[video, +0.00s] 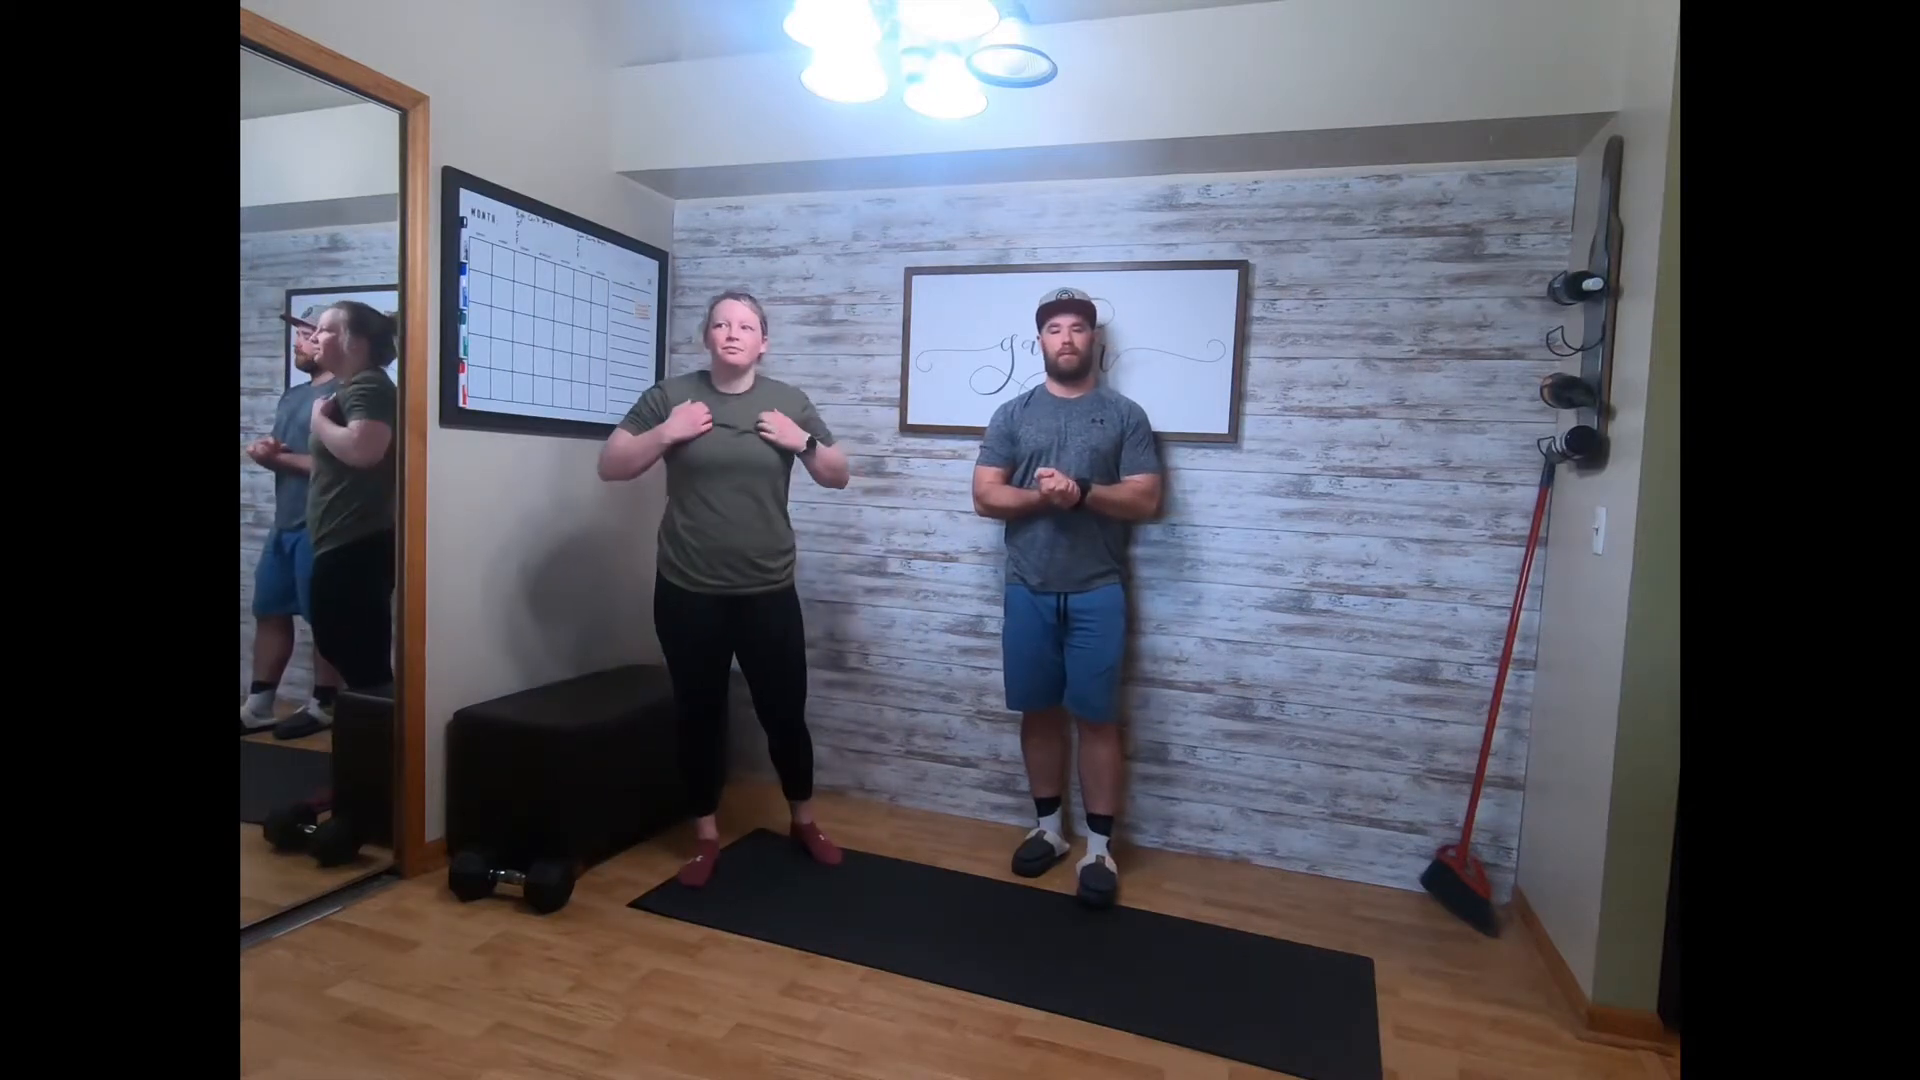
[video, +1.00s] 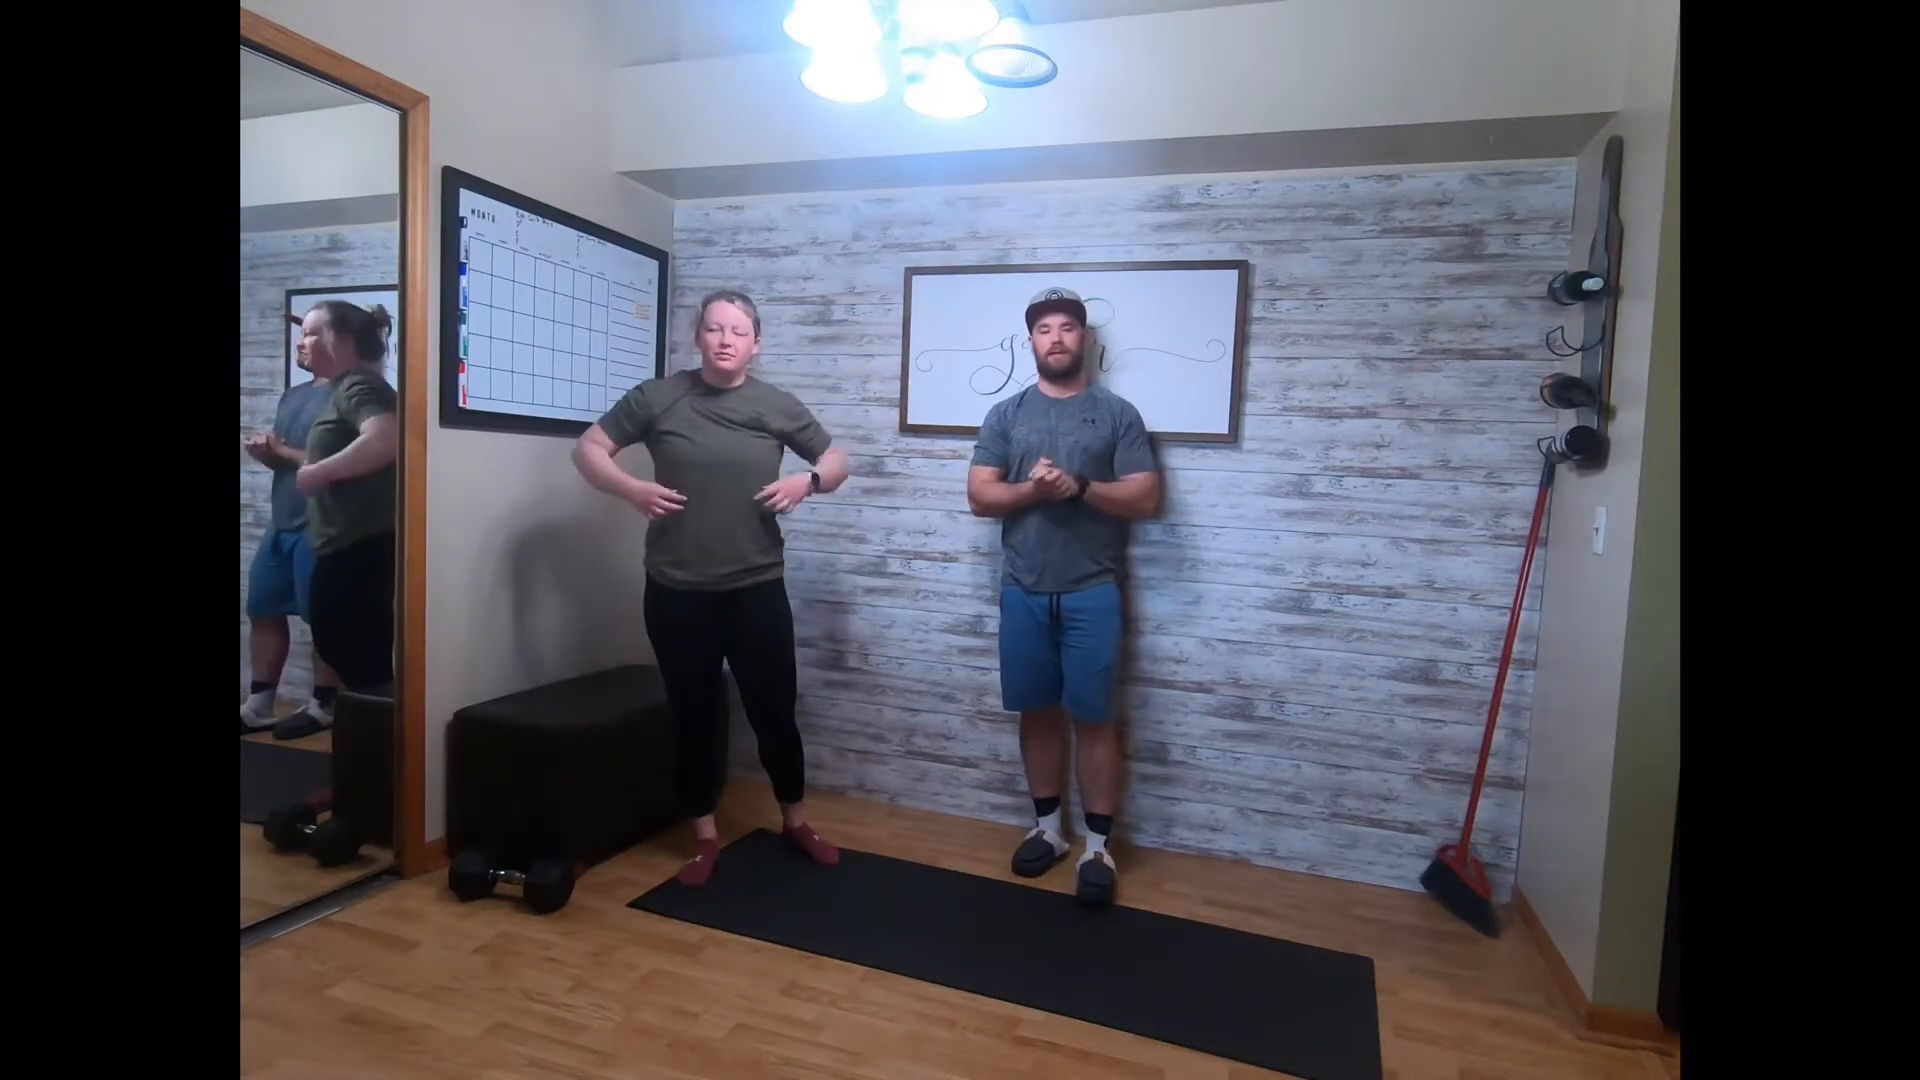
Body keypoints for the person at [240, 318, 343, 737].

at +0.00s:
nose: (301, 338)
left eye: (311, 333)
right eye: (301, 332)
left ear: (330, 345)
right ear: (302, 345)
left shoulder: (342, 394)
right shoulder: (291, 397)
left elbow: (335, 465)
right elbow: (294, 460)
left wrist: (281, 457)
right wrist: (271, 452)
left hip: (321, 525)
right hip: (284, 525)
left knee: (323, 620)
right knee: (271, 611)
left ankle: (324, 706)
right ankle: (259, 703)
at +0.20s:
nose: (301, 337)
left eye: (310, 332)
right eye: (301, 332)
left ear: (328, 344)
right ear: (302, 345)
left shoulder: (341, 395)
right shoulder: (293, 396)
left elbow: (334, 464)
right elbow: (293, 458)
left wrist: (280, 453)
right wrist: (270, 450)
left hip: (320, 526)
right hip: (283, 525)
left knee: (322, 620)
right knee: (270, 611)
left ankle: (325, 705)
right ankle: (259, 703)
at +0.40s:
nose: (303, 340)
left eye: (313, 335)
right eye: (303, 333)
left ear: (331, 347)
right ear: (300, 341)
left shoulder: (338, 395)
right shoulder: (295, 392)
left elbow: (328, 464)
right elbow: (284, 448)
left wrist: (272, 450)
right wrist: (262, 431)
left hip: (319, 527)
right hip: (283, 526)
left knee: (322, 620)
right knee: (270, 611)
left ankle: (324, 706)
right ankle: (259, 705)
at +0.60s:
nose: (299, 350)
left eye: (307, 341)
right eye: (297, 343)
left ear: (332, 343)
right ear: (296, 350)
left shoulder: (349, 397)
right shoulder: (295, 396)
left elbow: (335, 467)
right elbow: (282, 450)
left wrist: (282, 460)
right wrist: (254, 437)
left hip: (321, 529)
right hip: (283, 527)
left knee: (322, 620)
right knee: (271, 613)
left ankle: (325, 705)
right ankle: (259, 704)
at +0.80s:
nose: (300, 347)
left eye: (309, 338)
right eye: (299, 339)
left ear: (333, 344)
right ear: (298, 345)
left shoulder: (344, 397)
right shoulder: (294, 394)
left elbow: (336, 463)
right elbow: (297, 455)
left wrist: (283, 453)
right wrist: (272, 449)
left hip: (320, 528)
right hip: (282, 526)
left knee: (323, 621)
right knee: (269, 611)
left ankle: (324, 707)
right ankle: (259, 704)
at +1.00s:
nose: (303, 342)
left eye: (312, 335)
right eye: (302, 335)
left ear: (333, 343)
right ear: (299, 344)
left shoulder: (345, 395)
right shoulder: (292, 396)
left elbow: (329, 460)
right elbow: (285, 458)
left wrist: (280, 452)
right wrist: (267, 450)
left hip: (319, 528)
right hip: (281, 527)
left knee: (322, 621)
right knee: (264, 610)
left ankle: (324, 706)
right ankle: (260, 703)